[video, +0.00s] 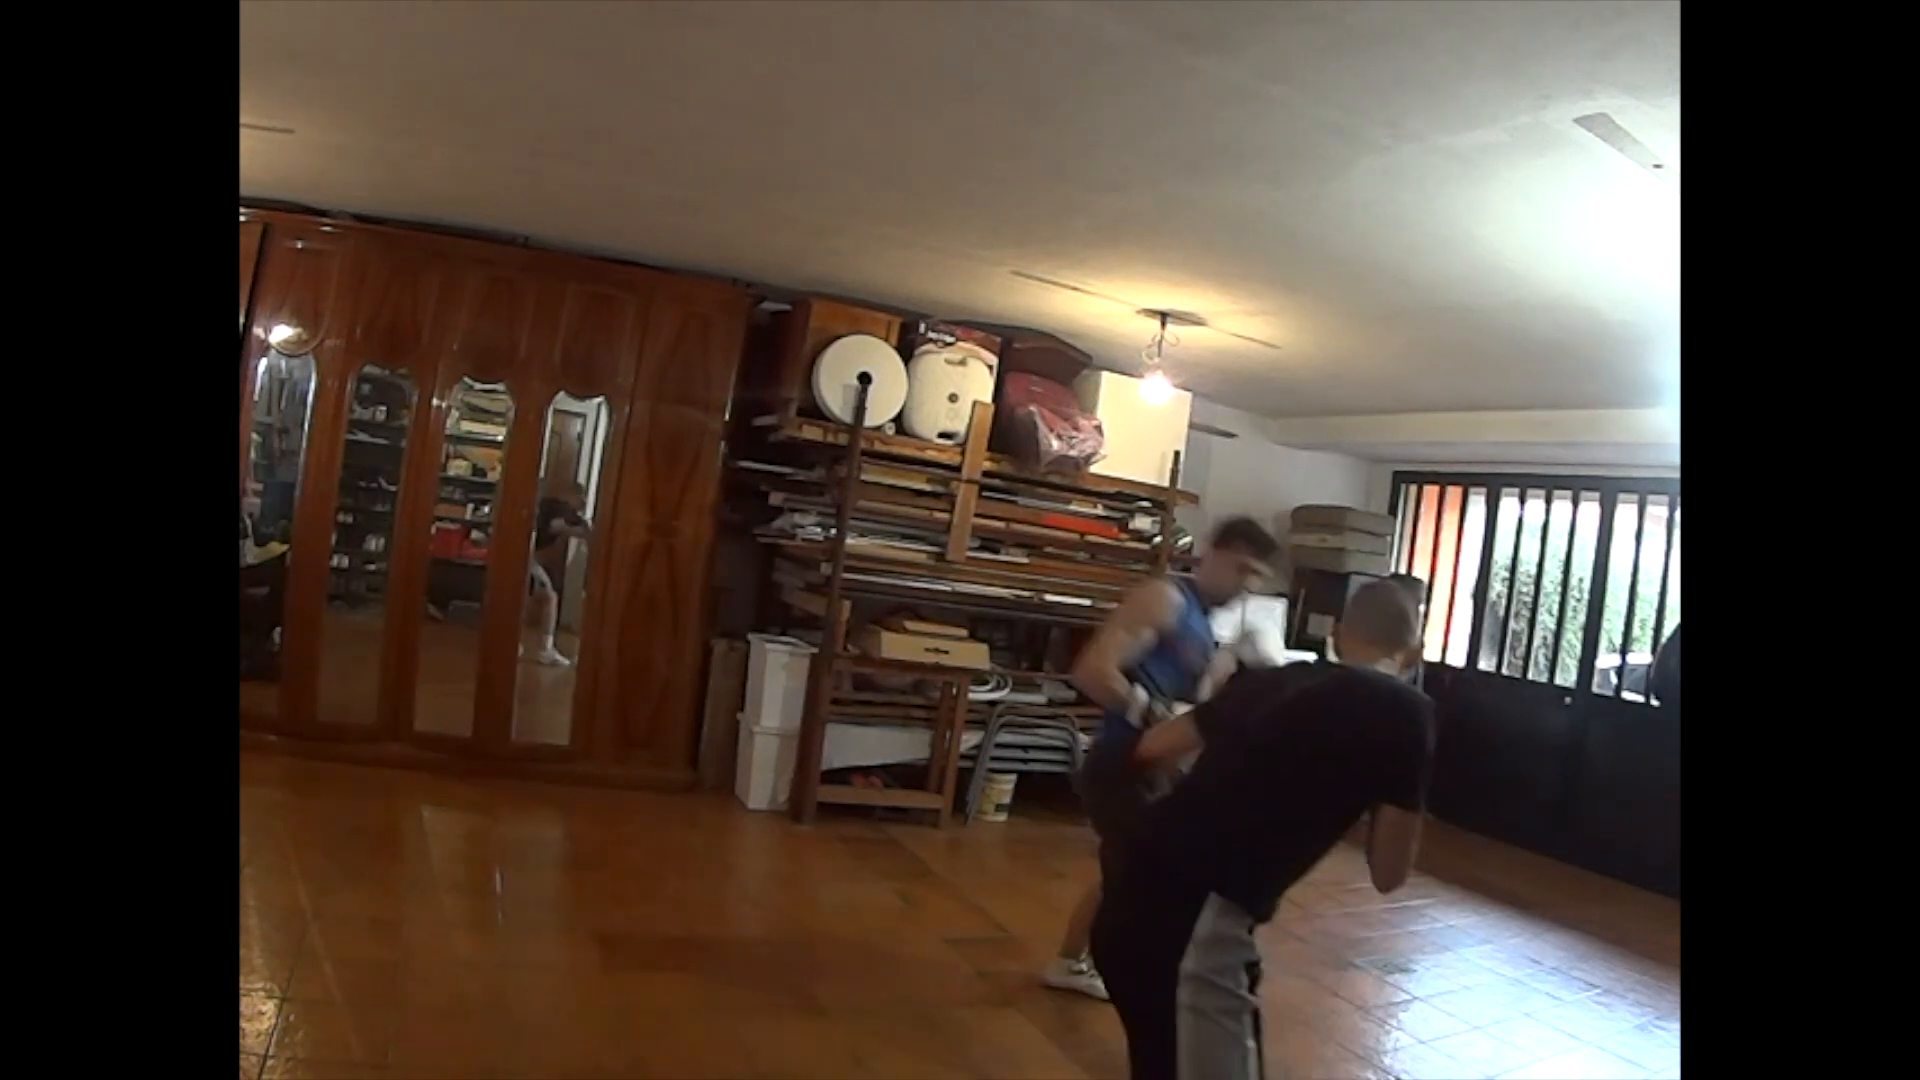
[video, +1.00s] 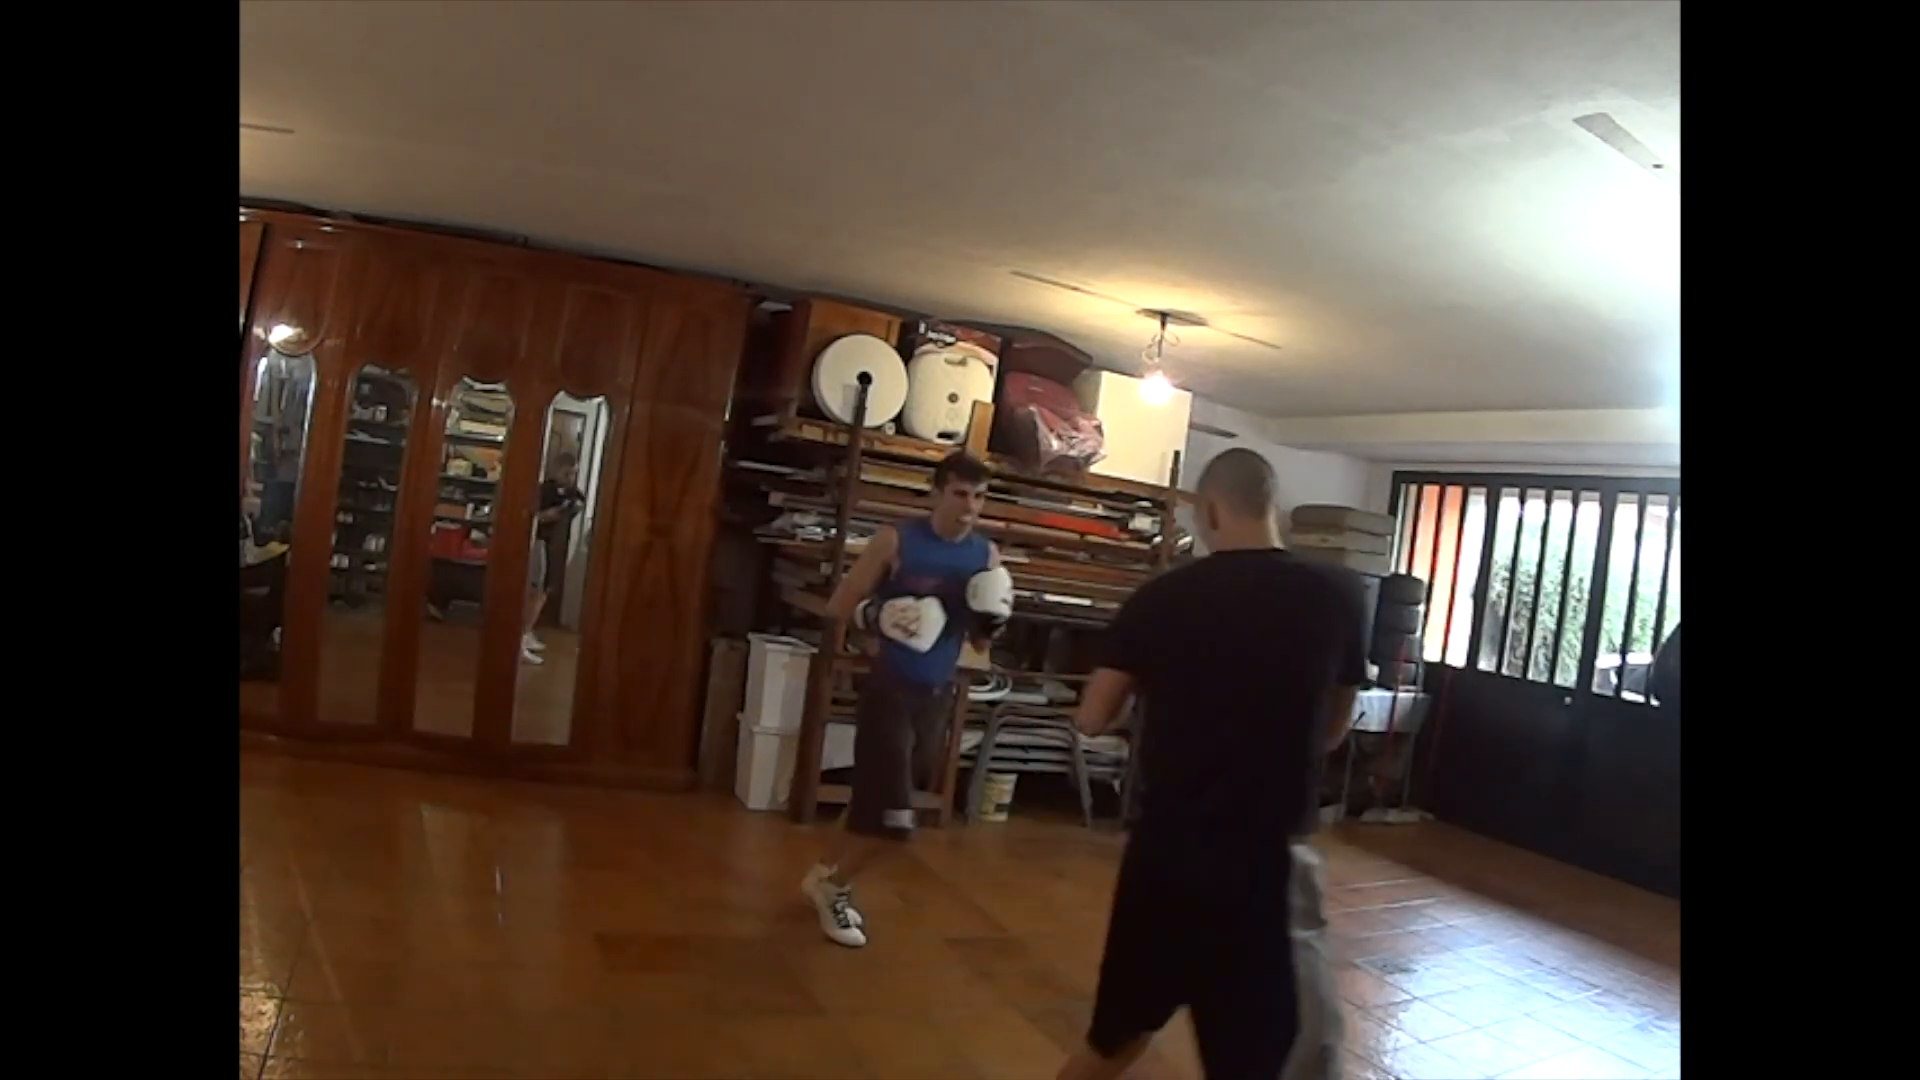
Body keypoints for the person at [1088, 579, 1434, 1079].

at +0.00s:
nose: (1417, 660)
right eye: (1418, 649)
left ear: (1338, 634)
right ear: (1412, 650)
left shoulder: (1272, 679)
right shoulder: (1404, 711)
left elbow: (1152, 746)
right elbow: (1389, 874)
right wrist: (1377, 793)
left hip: (1128, 907)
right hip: (1200, 938)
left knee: (1158, 1068)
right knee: (1215, 1069)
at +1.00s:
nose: (1199, 522)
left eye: (1199, 511)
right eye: (1202, 511)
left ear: (1209, 510)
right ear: (1276, 508)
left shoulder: (1166, 595)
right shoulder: (1335, 594)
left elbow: (1093, 717)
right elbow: (1330, 731)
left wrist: (1144, 680)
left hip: (1166, 851)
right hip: (1264, 861)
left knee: (1113, 1040)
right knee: (1250, 1062)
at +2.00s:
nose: (1385, 584)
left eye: (1386, 567)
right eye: (1383, 569)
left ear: (1417, 555)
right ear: (1445, 553)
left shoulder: (1404, 629)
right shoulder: (1528, 618)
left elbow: (1360, 738)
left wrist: (1320, 677)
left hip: (1437, 845)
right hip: (1521, 844)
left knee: (1343, 993)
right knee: (1539, 1019)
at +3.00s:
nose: (1582, 631)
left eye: (1586, 616)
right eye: (1579, 618)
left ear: (1625, 610)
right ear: (1636, 612)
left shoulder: (1615, 672)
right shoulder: (1671, 672)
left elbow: (1600, 762)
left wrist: (1510, 739)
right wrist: (1585, 677)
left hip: (1608, 864)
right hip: (1665, 870)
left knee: (1482, 995)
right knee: (1649, 1016)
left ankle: (1415, 1078)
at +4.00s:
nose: (1647, 661)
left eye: (1655, 650)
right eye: (1648, 650)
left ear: (1681, 650)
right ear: (1662, 649)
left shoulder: (1670, 696)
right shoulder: (1663, 695)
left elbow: (1652, 748)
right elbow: (1653, 755)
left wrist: (1594, 676)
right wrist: (1591, 678)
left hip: (1669, 889)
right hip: (1665, 887)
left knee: (1531, 992)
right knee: (1529, 993)